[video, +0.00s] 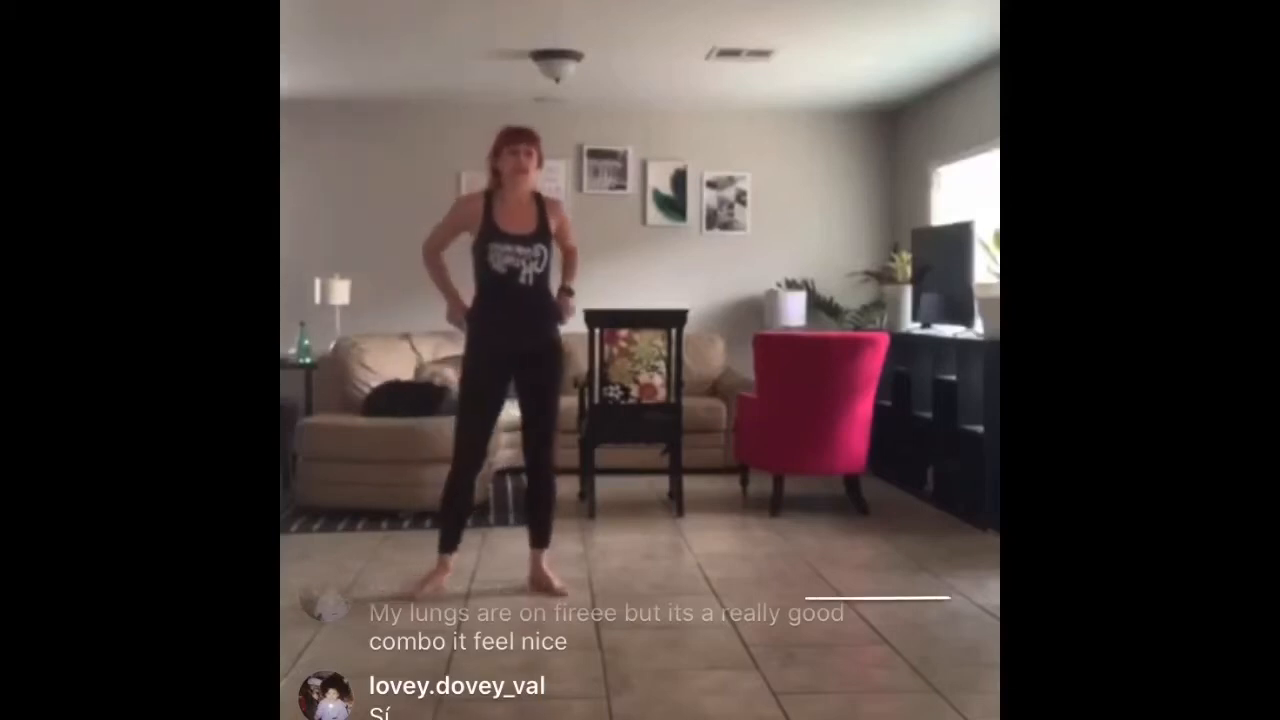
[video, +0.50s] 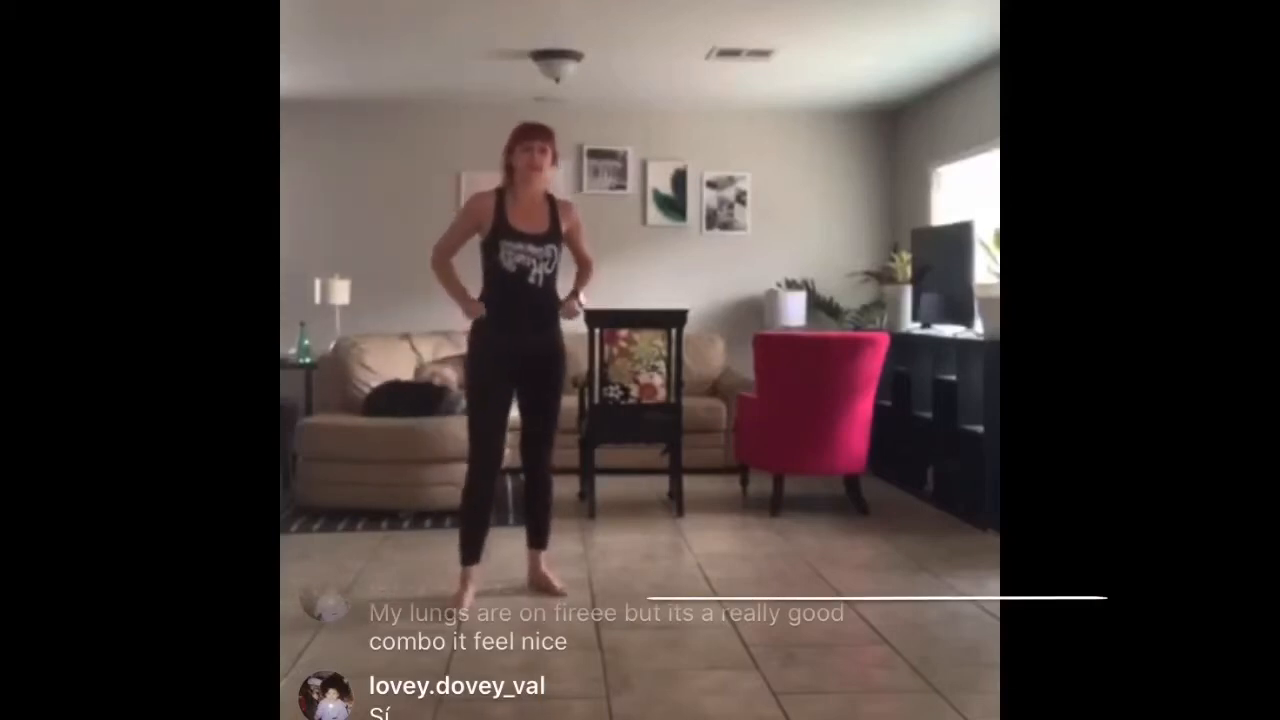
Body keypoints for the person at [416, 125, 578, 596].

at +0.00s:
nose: (519, 160)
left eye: (527, 154)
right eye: (511, 153)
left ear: (539, 164)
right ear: (496, 162)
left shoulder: (553, 212)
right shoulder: (474, 207)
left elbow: (570, 251)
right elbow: (432, 250)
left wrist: (566, 290)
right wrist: (453, 301)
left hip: (540, 339)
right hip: (489, 337)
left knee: (541, 454)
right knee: (467, 456)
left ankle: (539, 563)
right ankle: (443, 565)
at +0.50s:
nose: (534, 158)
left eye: (541, 152)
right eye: (526, 150)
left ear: (553, 163)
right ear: (510, 158)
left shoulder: (564, 214)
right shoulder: (485, 205)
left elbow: (586, 264)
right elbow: (441, 257)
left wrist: (574, 299)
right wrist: (466, 302)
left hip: (544, 339)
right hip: (494, 338)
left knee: (538, 459)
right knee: (484, 461)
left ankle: (539, 564)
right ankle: (468, 579)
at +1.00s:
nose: (492, 148)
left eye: (501, 141)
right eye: (484, 140)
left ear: (514, 154)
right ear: (469, 149)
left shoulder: (528, 207)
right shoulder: (445, 198)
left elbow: (557, 265)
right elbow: (391, 245)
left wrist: (547, 290)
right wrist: (419, 289)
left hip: (513, 339)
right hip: (459, 340)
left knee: (531, 453)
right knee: (461, 461)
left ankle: (531, 551)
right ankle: (464, 579)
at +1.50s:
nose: (504, 145)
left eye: (513, 139)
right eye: (496, 137)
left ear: (525, 151)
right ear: (480, 147)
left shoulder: (543, 203)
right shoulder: (457, 198)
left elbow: (581, 251)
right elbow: (422, 249)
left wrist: (573, 310)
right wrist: (438, 313)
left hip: (530, 336)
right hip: (473, 334)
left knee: (528, 464)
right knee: (475, 465)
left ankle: (525, 581)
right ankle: (467, 578)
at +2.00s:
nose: (523, 139)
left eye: (532, 134)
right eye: (515, 132)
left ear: (544, 149)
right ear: (498, 144)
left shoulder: (559, 208)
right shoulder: (473, 201)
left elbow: (581, 279)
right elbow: (444, 273)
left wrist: (578, 328)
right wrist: (442, 326)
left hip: (541, 344)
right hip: (484, 342)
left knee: (534, 465)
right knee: (489, 465)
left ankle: (527, 581)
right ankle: (486, 580)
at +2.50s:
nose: (519, 139)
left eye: (529, 134)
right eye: (511, 131)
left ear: (542, 149)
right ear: (495, 141)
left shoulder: (555, 209)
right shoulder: (466, 201)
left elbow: (570, 293)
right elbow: (446, 284)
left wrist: (543, 249)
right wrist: (472, 236)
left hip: (535, 347)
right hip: (479, 346)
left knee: (529, 469)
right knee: (485, 469)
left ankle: (525, 583)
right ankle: (485, 584)